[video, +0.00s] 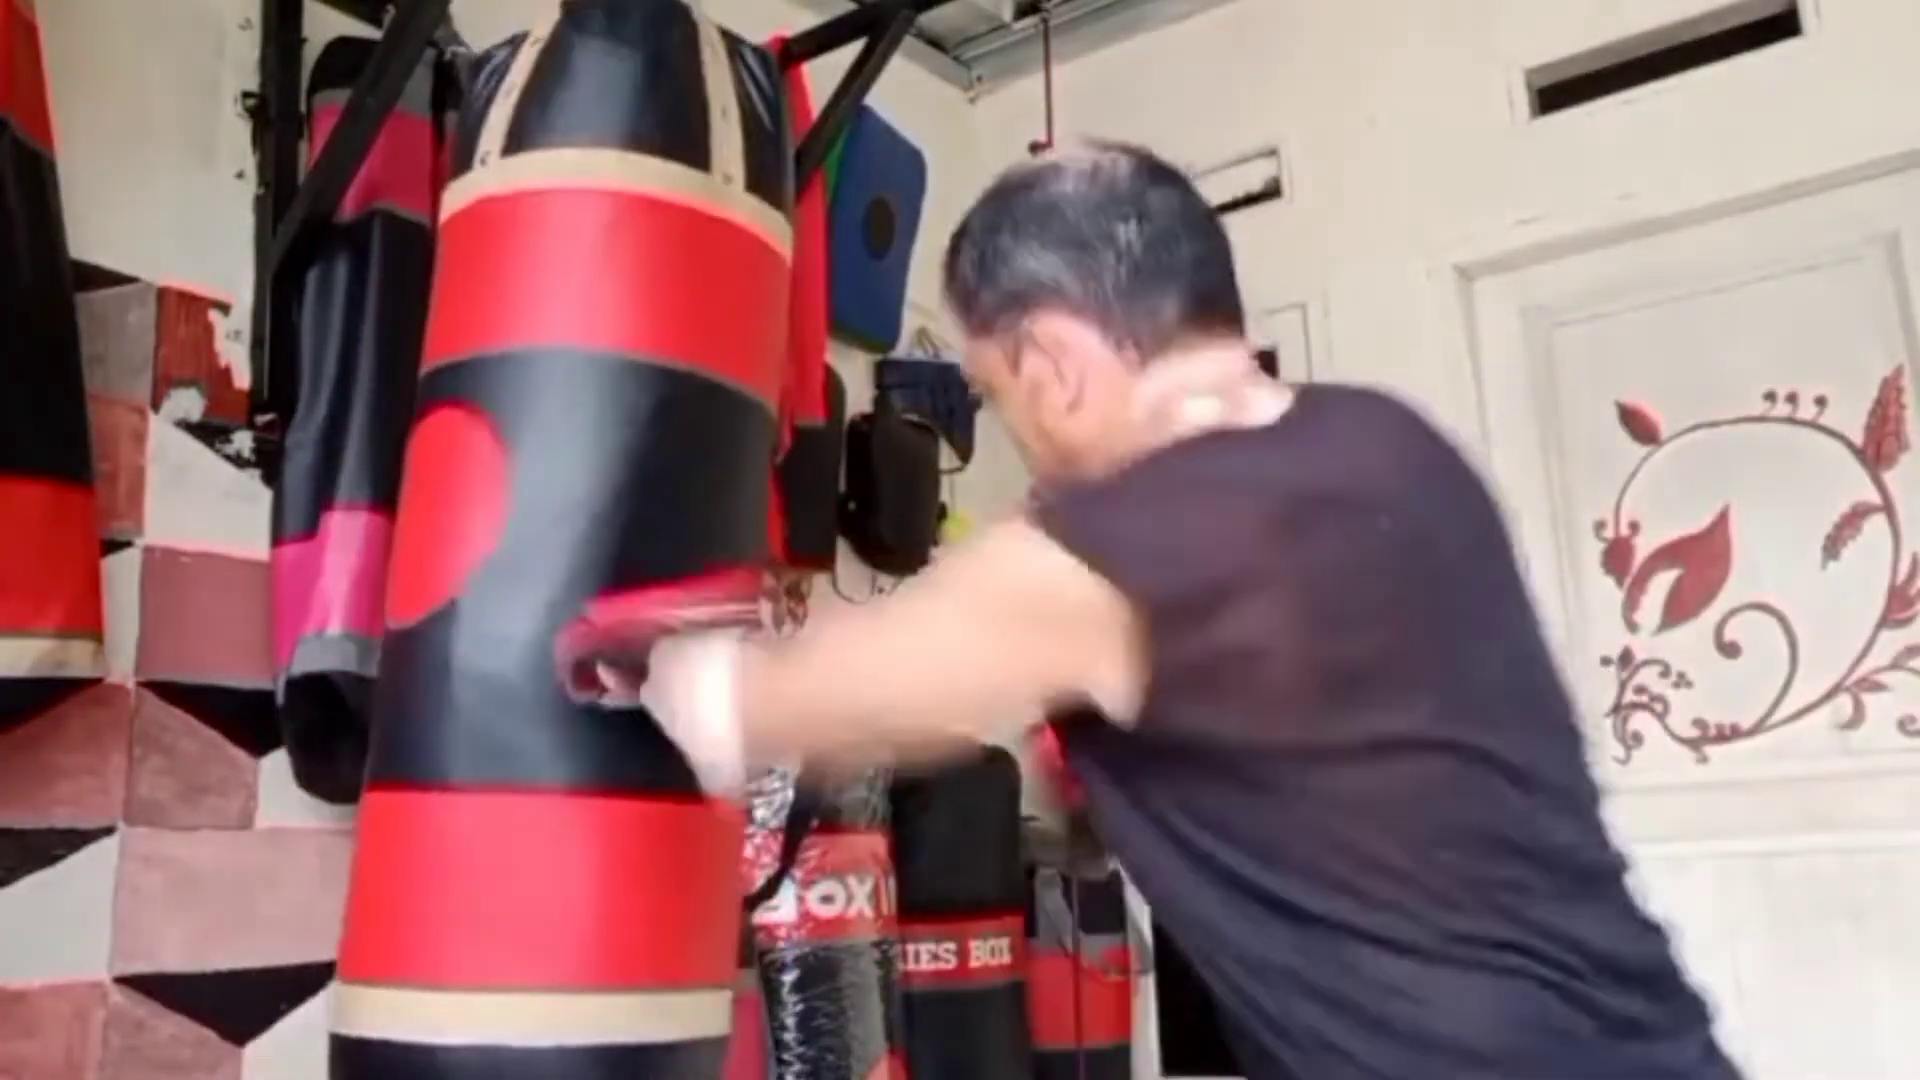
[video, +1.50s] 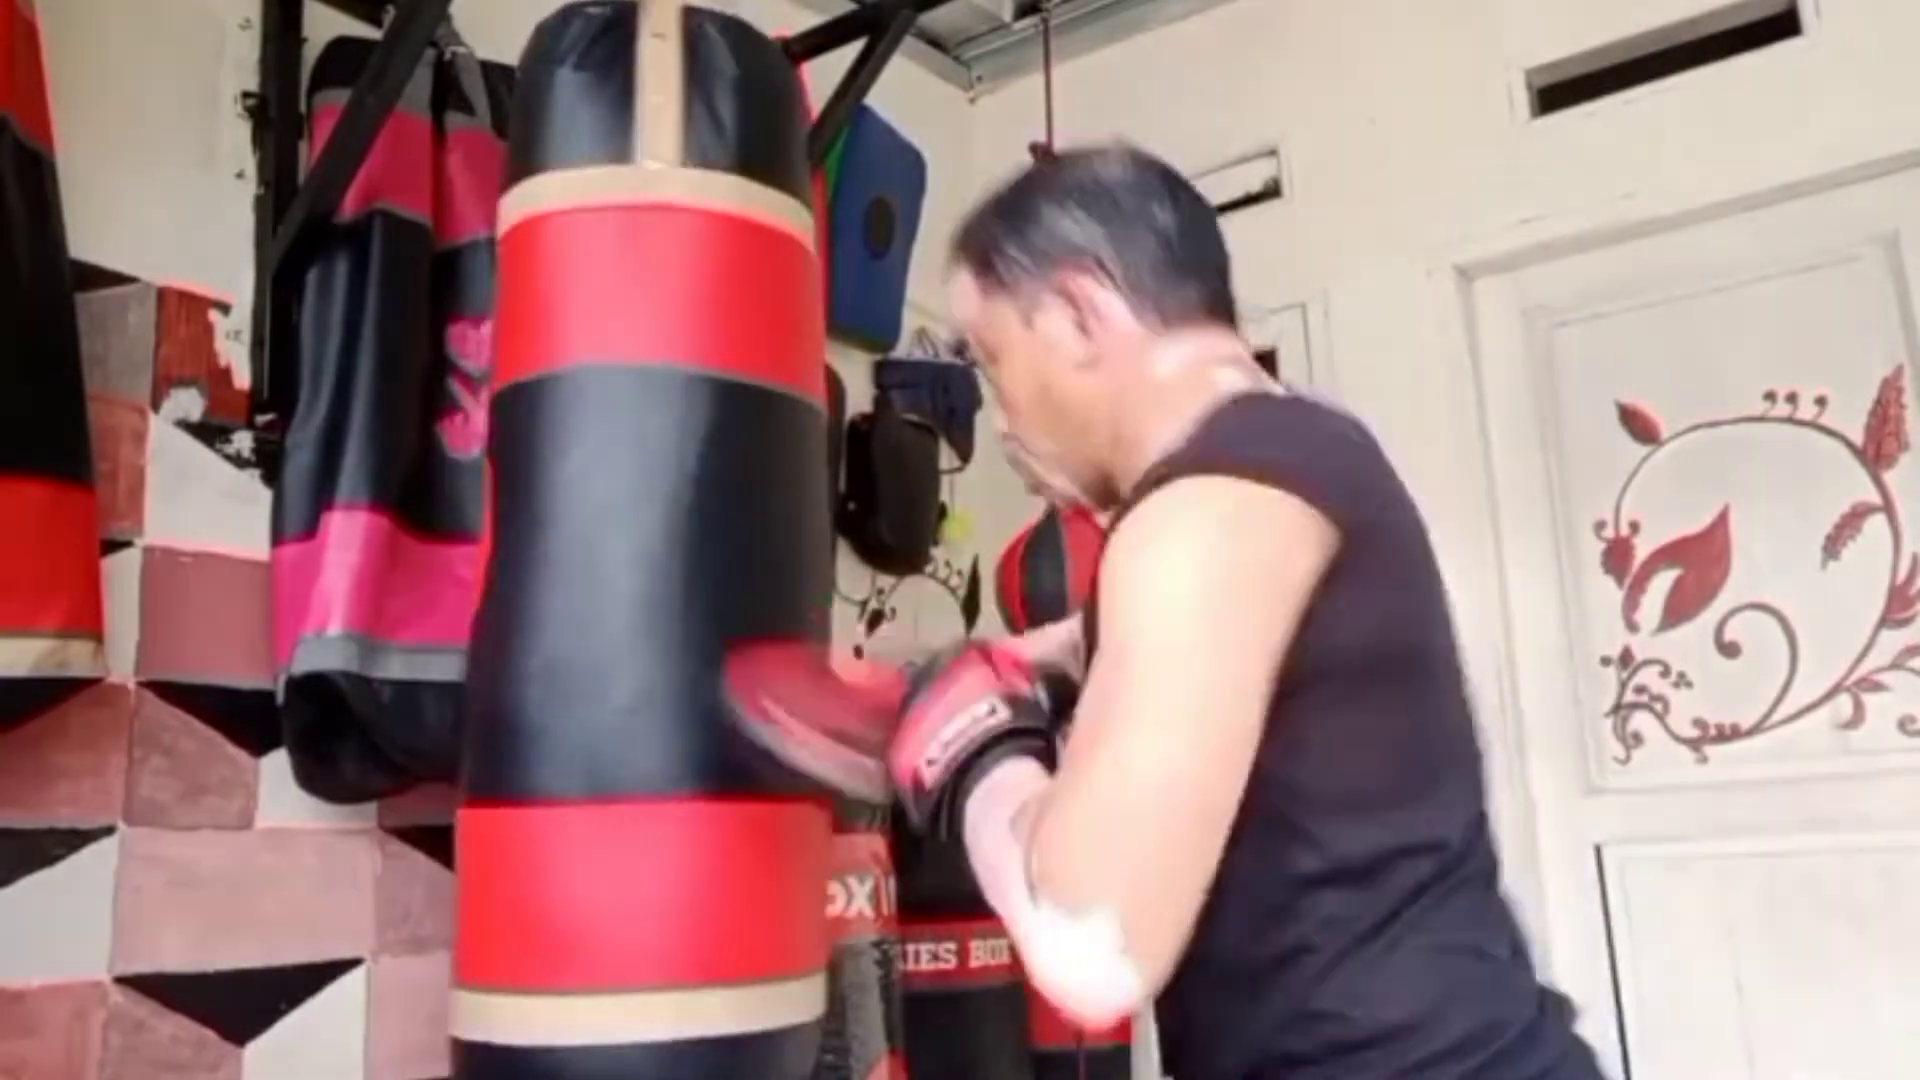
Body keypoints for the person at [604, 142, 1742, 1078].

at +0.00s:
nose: (1015, 434)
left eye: (1000, 385)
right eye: (997, 394)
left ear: (1065, 352)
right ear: (1222, 307)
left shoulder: (1101, 557)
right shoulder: (1396, 445)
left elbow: (741, 714)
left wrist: (687, 659)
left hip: (1430, 1056)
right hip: (1651, 1035)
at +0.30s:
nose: (1081, 399)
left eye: (1072, 361)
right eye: (1066, 367)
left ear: (1137, 315)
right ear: (1280, 284)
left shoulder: (1125, 492)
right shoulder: (1508, 420)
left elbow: (886, 790)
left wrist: (800, 662)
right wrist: (931, 631)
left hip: (1375, 1057)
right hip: (1686, 1040)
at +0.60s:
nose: (1221, 470)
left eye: (1215, 435)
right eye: (1208, 442)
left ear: (1283, 379)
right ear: (1409, 370)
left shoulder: (1247, 542)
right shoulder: (1618, 516)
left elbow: (1055, 906)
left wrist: (1086, 730)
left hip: (1434, 1054)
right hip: (1753, 1048)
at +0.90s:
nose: (1181, 503)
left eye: (1178, 472)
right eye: (1170, 479)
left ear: (1245, 431)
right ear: (1371, 418)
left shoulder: (1194, 559)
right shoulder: (1600, 546)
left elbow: (1016, 919)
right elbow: (1705, 877)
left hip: (1398, 1049)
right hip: (1698, 1049)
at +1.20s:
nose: (1099, 497)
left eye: (1094, 453)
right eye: (1087, 461)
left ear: (1165, 419)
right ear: (1298, 421)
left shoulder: (1130, 593)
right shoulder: (1493, 578)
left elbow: (944, 990)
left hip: (1305, 1048)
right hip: (1584, 1047)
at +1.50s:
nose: (998, 415)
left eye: (991, 358)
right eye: (982, 370)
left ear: (1082, 312)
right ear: (1096, 315)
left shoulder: (1216, 501)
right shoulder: (1293, 454)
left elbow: (1096, 958)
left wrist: (974, 756)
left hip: (1373, 1055)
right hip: (1461, 1039)